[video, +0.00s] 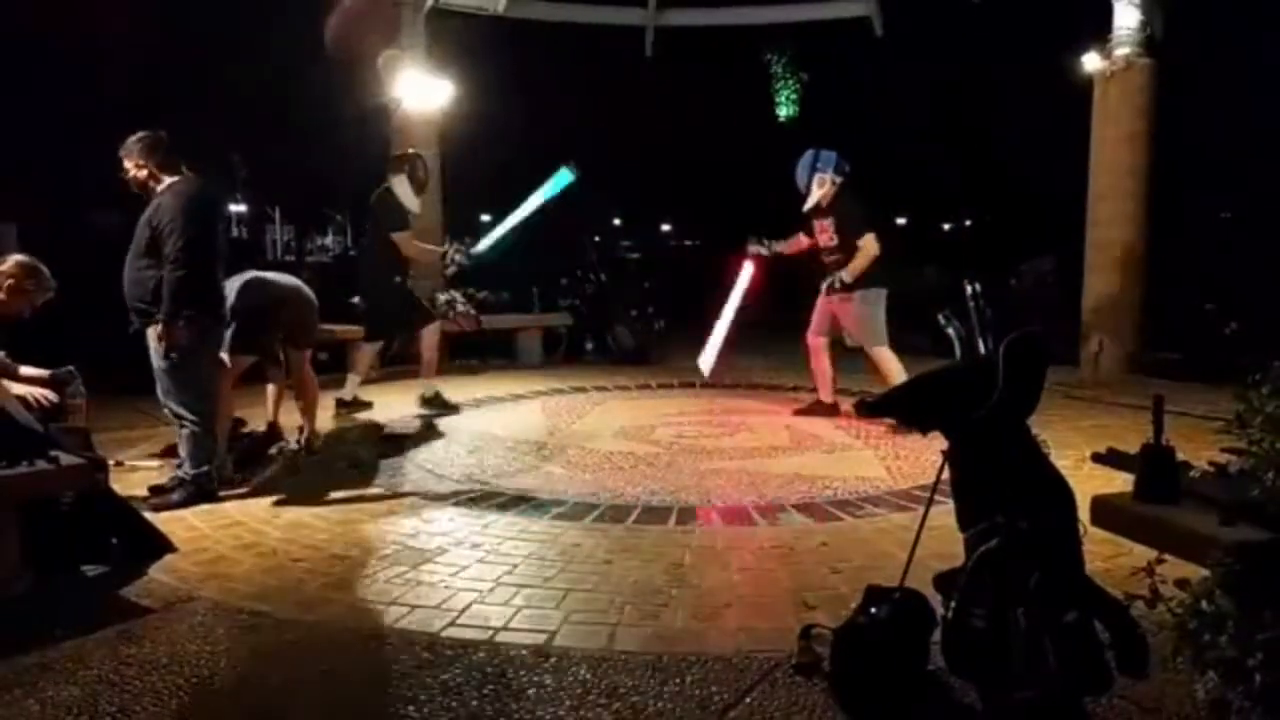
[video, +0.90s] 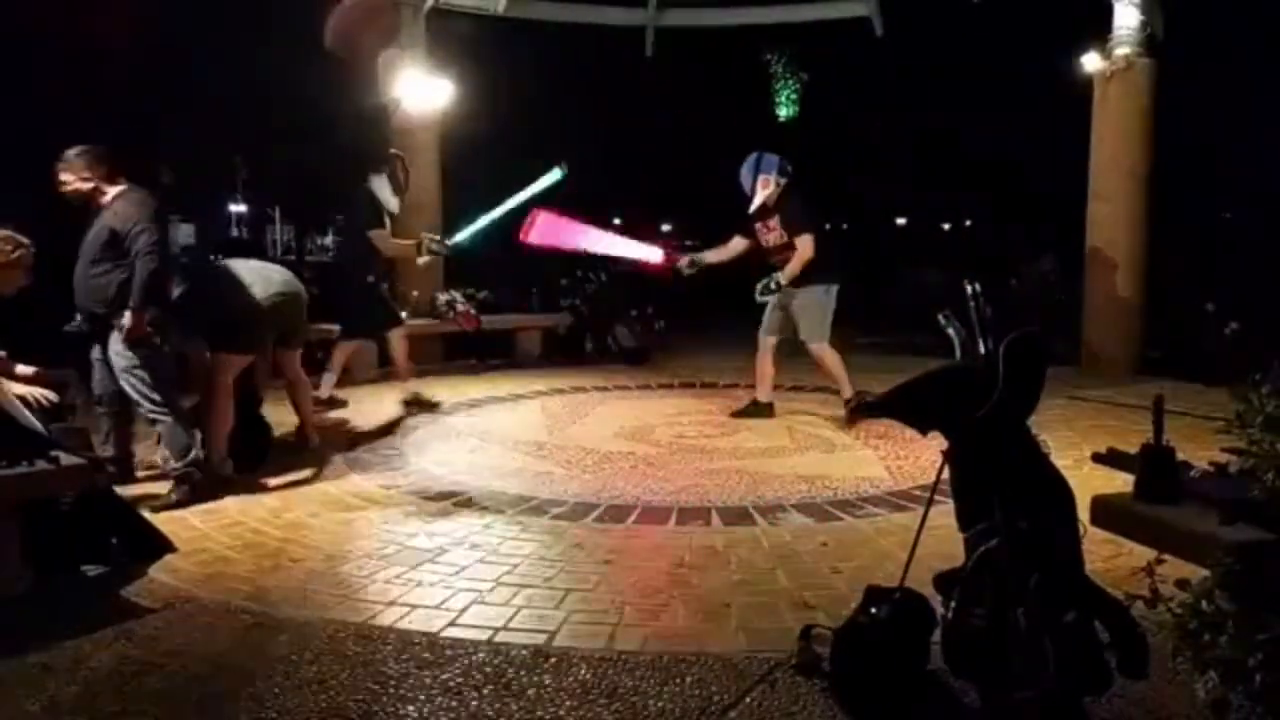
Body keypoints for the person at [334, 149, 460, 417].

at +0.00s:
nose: (425, 180)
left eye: (424, 174)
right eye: (421, 173)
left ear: (399, 173)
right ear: (408, 173)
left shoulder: (391, 199)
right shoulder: (388, 201)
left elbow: (408, 245)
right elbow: (407, 247)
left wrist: (441, 252)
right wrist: (443, 253)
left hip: (379, 282)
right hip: (386, 284)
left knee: (373, 337)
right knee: (430, 324)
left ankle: (348, 394)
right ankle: (429, 391)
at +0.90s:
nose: (393, 185)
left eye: (390, 179)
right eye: (387, 178)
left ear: (371, 177)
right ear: (376, 177)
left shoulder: (370, 199)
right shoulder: (366, 199)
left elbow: (385, 241)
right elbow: (384, 245)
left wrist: (417, 245)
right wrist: (419, 246)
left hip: (353, 276)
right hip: (363, 278)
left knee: (351, 335)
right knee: (396, 327)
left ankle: (324, 390)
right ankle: (405, 384)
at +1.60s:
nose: (419, 181)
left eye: (418, 175)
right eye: (415, 174)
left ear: (393, 175)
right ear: (403, 175)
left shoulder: (380, 202)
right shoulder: (388, 204)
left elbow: (403, 248)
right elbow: (405, 251)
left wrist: (439, 247)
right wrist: (443, 252)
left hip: (374, 284)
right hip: (388, 288)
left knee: (362, 336)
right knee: (431, 323)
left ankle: (326, 391)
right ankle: (437, 396)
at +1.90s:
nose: (448, 171)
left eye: (447, 164)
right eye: (443, 164)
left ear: (417, 165)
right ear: (431, 164)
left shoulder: (408, 190)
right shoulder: (419, 188)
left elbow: (438, 238)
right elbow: (440, 239)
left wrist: (479, 242)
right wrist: (482, 243)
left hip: (392, 272)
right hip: (407, 274)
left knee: (389, 327)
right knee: (438, 327)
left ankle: (353, 384)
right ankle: (438, 395)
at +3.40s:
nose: (463, 185)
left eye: (462, 179)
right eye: (459, 179)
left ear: (442, 181)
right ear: (446, 181)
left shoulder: (439, 207)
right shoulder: (429, 212)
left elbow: (445, 254)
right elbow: (438, 263)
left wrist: (464, 274)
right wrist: (467, 276)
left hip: (426, 285)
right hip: (428, 286)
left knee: (413, 335)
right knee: (470, 326)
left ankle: (373, 384)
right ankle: (473, 392)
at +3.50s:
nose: (451, 185)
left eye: (451, 179)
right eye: (447, 179)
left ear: (432, 180)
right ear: (435, 181)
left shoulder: (432, 208)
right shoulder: (415, 212)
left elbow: (431, 249)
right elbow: (415, 260)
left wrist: (446, 274)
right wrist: (440, 286)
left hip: (418, 277)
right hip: (410, 280)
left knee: (401, 334)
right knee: (447, 327)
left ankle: (369, 386)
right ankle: (467, 389)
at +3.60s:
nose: (448, 180)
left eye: (447, 174)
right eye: (443, 174)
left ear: (434, 176)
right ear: (430, 176)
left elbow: (432, 247)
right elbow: (405, 256)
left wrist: (438, 274)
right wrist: (424, 282)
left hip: (418, 277)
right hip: (405, 279)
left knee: (394, 333)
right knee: (435, 327)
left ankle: (369, 387)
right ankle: (450, 391)